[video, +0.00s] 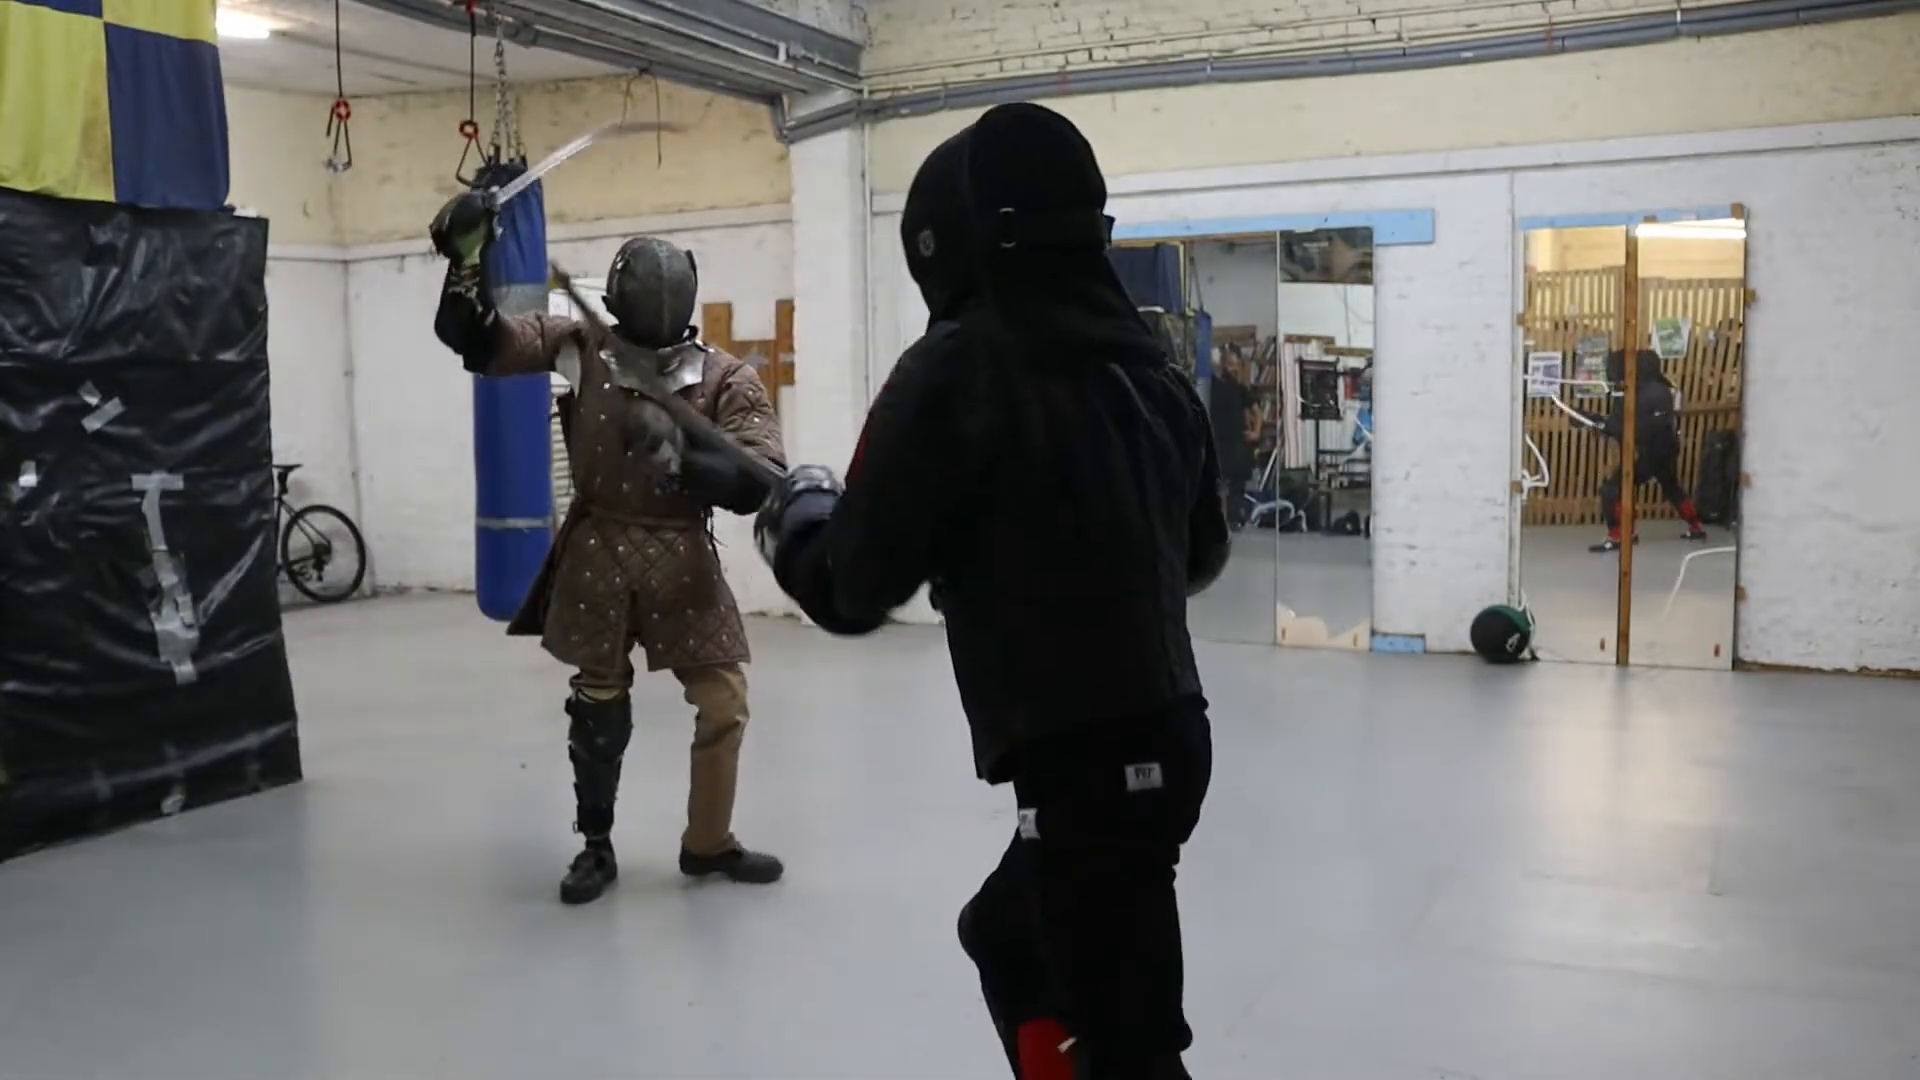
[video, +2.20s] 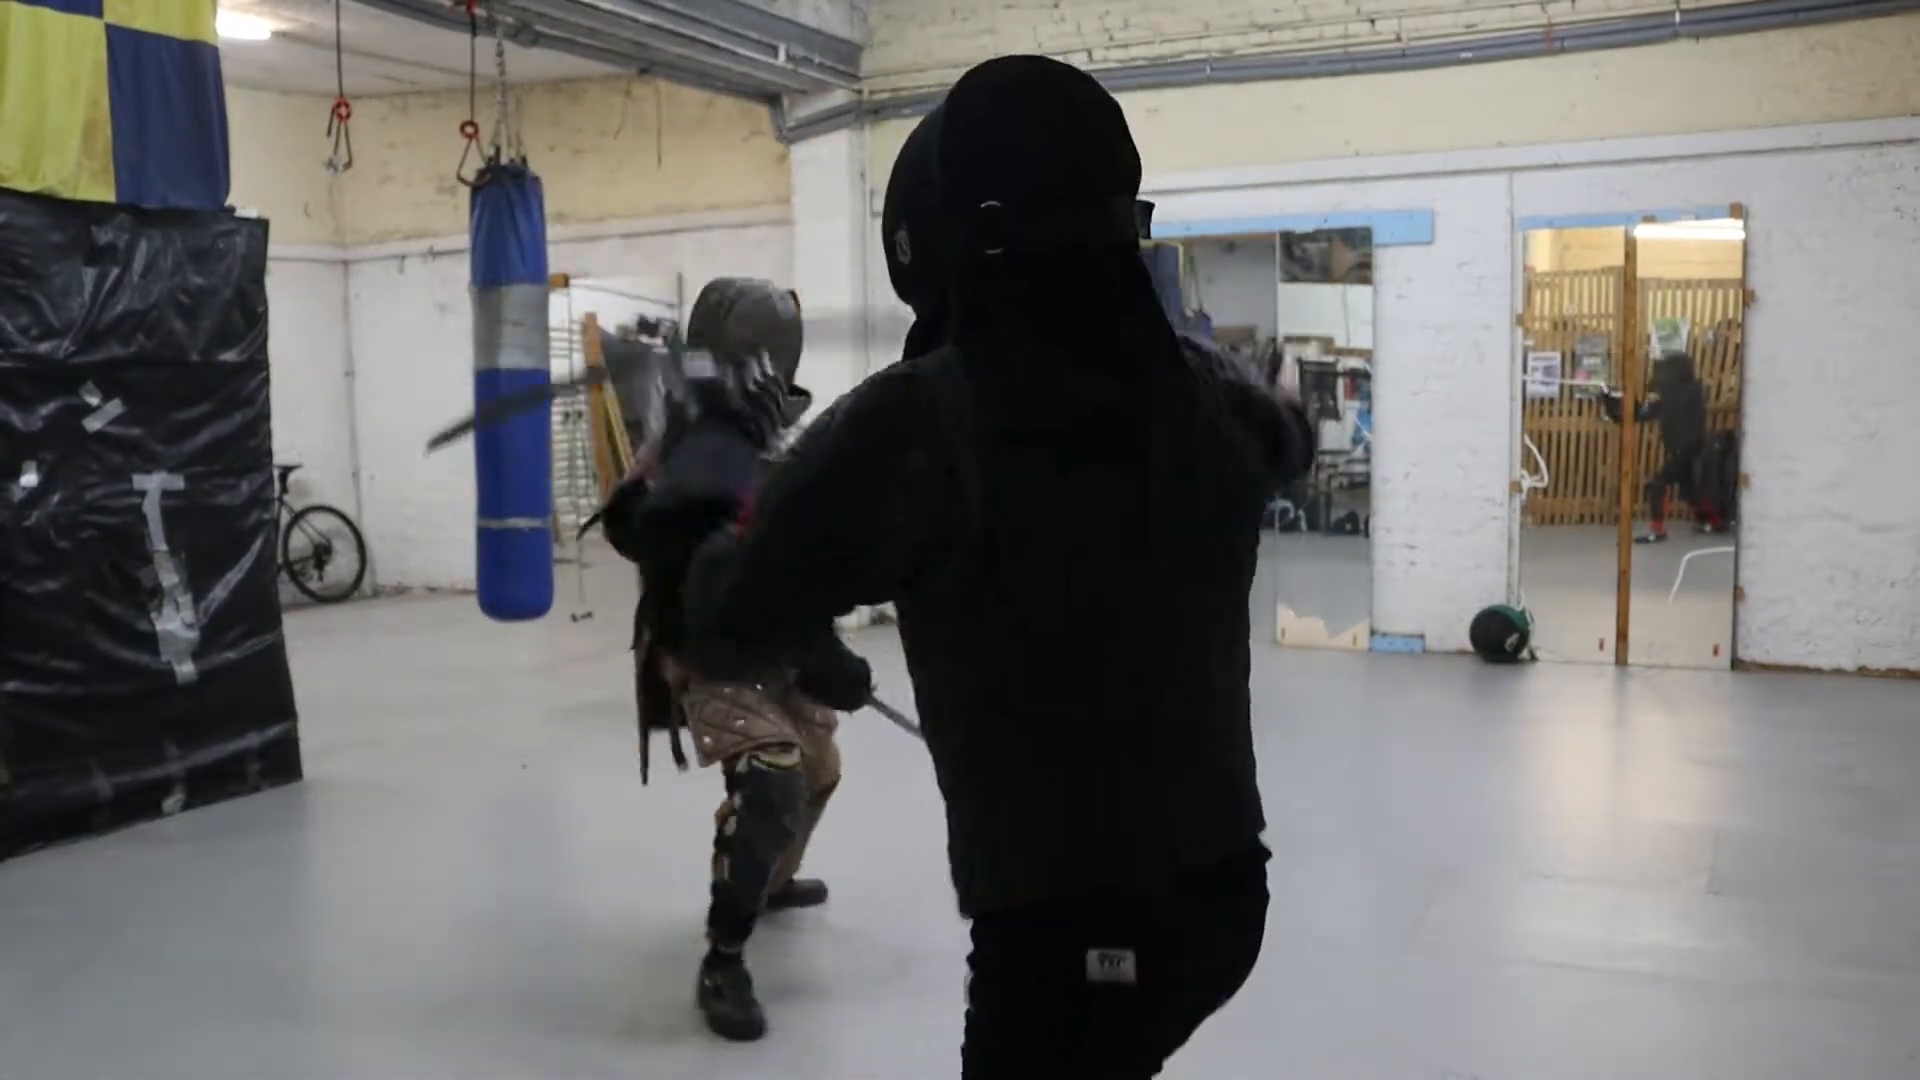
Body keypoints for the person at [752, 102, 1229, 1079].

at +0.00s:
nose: (922, 268)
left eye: (928, 242)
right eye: (921, 242)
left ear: (962, 239)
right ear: (1080, 229)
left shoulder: (951, 371)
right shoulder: (1147, 361)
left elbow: (849, 589)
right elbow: (1198, 550)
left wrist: (794, 503)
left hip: (1072, 756)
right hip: (1168, 738)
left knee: (1129, 1038)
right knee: (1000, 929)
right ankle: (1055, 1068)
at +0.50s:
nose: (934, 262)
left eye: (942, 236)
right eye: (936, 236)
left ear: (977, 240)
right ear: (1103, 233)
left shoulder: (945, 383)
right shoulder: (1177, 386)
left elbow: (868, 624)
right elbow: (1229, 560)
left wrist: (836, 589)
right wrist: (1112, 557)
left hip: (1049, 768)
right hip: (1175, 757)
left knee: (1031, 1046)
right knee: (1042, 1013)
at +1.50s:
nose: (894, 275)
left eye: (901, 244)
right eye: (890, 246)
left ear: (949, 239)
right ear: (1077, 230)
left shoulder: (937, 400)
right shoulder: (1147, 387)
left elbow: (779, 617)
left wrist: (760, 505)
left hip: (1043, 866)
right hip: (1161, 845)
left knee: (945, 1066)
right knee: (1013, 1057)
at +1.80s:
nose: (890, 261)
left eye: (899, 232)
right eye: (890, 233)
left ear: (934, 234)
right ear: (1113, 218)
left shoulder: (898, 412)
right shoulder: (1198, 377)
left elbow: (735, 565)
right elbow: (1230, 336)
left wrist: (711, 454)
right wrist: (1123, 261)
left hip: (1011, 938)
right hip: (1188, 915)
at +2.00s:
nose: (872, 244)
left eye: (887, 216)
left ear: (917, 236)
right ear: (1114, 215)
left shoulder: (886, 424)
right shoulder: (1191, 366)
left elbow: (698, 548)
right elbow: (1256, 213)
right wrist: (1129, 70)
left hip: (1032, 949)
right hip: (1219, 924)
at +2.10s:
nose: (882, 261)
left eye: (893, 232)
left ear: (925, 239)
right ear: (1115, 221)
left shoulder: (885, 429)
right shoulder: (1203, 380)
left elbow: (688, 564)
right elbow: (1287, 285)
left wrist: (821, 646)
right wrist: (1153, 150)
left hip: (1034, 940)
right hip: (1217, 916)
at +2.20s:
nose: (900, 264)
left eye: (908, 233)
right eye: (901, 234)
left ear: (941, 235)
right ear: (1121, 221)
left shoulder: (914, 422)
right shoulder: (1207, 399)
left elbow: (730, 624)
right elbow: (1284, 435)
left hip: (1043, 924)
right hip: (1217, 900)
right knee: (1091, 1056)